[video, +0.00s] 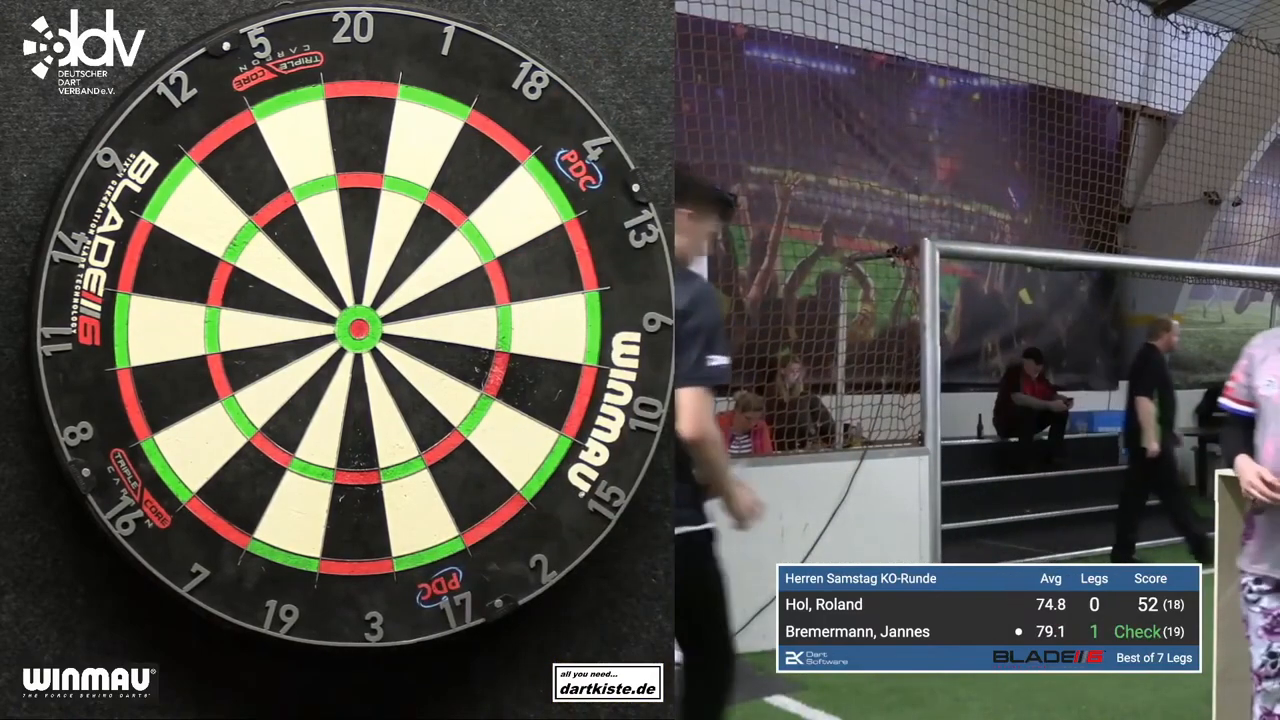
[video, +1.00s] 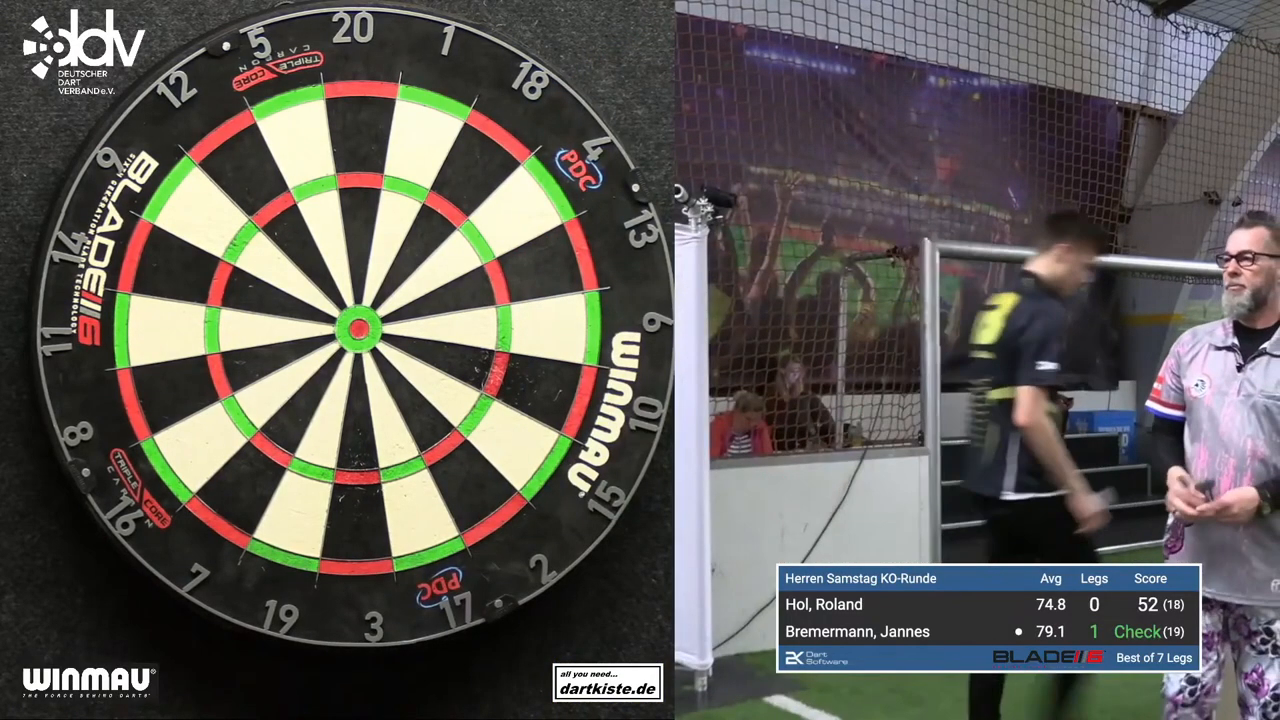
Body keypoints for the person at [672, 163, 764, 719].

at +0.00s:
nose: (714, 238)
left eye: (716, 225)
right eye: (710, 223)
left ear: (668, 220)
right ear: (680, 218)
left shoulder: (611, 285)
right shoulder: (692, 295)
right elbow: (692, 425)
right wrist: (731, 488)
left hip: (605, 512)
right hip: (672, 518)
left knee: (622, 670)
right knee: (710, 667)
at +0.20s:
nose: (790, 266)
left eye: (793, 254)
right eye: (787, 252)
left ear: (739, 240)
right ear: (757, 241)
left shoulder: (682, 306)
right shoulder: (761, 317)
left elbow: (687, 417)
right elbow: (761, 447)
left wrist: (771, 465)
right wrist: (788, 529)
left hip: (673, 536)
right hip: (737, 543)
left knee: (656, 687)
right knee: (770, 689)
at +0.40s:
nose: (868, 265)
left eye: (872, 253)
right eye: (868, 252)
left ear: (819, 238)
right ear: (842, 240)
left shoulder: (767, 294)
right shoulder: (844, 313)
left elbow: (743, 401)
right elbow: (850, 435)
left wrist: (754, 467)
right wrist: (868, 508)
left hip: (762, 495)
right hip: (817, 505)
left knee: (815, 620)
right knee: (823, 632)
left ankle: (752, 694)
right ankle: (796, 712)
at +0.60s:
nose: (939, 267)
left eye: (942, 256)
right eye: (938, 255)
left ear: (895, 247)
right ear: (917, 249)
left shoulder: (849, 302)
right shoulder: (921, 319)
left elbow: (816, 398)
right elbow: (922, 438)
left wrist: (772, 473)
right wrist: (934, 515)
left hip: (840, 488)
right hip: (888, 500)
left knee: (894, 621)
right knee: (859, 627)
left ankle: (929, 711)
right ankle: (814, 713)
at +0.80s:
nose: (1019, 280)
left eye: (1022, 270)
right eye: (1018, 267)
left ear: (972, 255)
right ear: (992, 257)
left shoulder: (924, 309)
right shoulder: (990, 319)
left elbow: (906, 401)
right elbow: (984, 429)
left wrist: (893, 481)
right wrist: (1005, 511)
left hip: (926, 489)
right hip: (965, 498)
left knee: (977, 625)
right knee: (963, 633)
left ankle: (976, 714)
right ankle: (878, 714)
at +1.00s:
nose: (1087, 279)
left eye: (1090, 269)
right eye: (1085, 267)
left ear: (1052, 253)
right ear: (1061, 253)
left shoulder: (997, 301)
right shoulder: (1045, 313)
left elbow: (981, 387)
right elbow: (1029, 413)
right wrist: (1080, 491)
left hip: (991, 486)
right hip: (1033, 492)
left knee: (999, 606)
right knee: (1088, 600)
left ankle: (984, 711)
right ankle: (1059, 706)